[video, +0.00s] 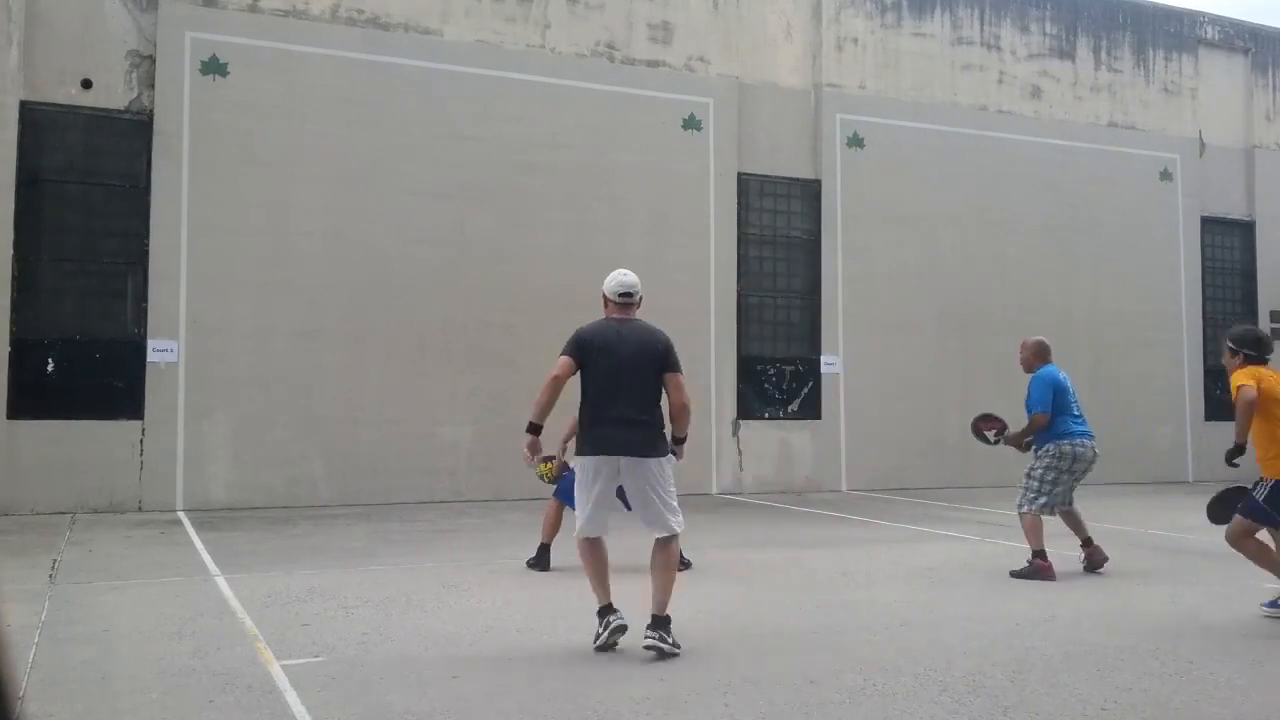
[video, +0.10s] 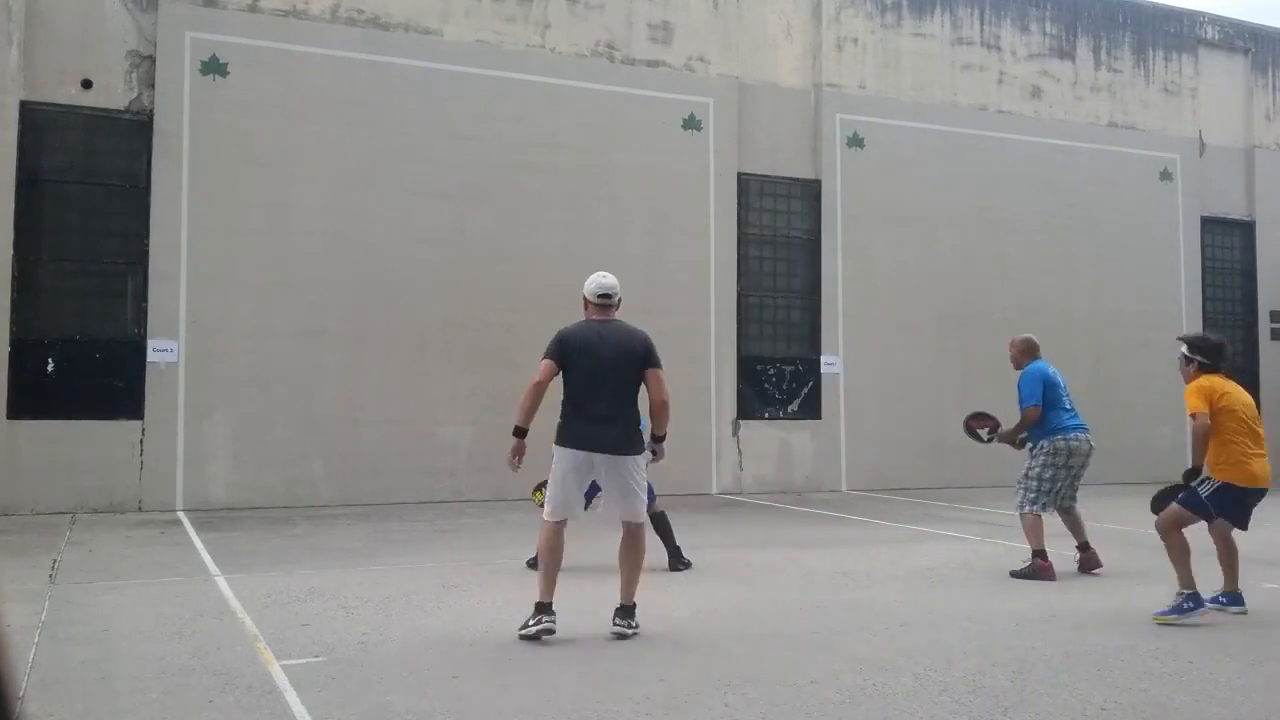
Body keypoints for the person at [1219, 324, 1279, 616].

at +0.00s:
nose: (1223, 360)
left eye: (1226, 354)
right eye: (1224, 354)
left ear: (1239, 357)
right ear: (1259, 355)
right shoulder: (1272, 374)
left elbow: (1248, 397)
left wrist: (1239, 443)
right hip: (1277, 476)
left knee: (1237, 536)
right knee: (1276, 534)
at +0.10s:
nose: (1180, 369)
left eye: (1182, 363)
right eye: (1180, 362)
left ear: (1194, 366)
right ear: (1214, 365)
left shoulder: (1198, 386)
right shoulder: (1238, 390)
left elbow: (1202, 424)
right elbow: (1251, 440)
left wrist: (1196, 468)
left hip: (1227, 476)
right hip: (1258, 478)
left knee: (1166, 523)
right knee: (1219, 527)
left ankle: (1188, 595)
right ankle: (1232, 594)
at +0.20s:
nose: (1138, 383)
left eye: (1139, 377)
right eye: (1139, 377)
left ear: (1150, 380)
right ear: (1171, 380)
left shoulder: (1155, 405)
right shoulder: (1190, 402)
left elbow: (1152, 447)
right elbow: (1201, 448)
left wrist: (1145, 484)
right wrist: (1164, 485)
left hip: (1183, 488)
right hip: (1209, 490)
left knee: (1119, 529)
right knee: (1163, 518)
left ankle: (1125, 599)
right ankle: (1190, 575)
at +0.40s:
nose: (1080, 396)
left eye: (1080, 390)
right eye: (1080, 390)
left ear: (1090, 390)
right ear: (1108, 389)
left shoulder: (1095, 410)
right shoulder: (1127, 409)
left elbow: (1089, 455)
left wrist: (1073, 492)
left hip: (1128, 485)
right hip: (1152, 487)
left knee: (1072, 528)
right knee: (1101, 520)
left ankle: (1110, 584)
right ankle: (1108, 577)